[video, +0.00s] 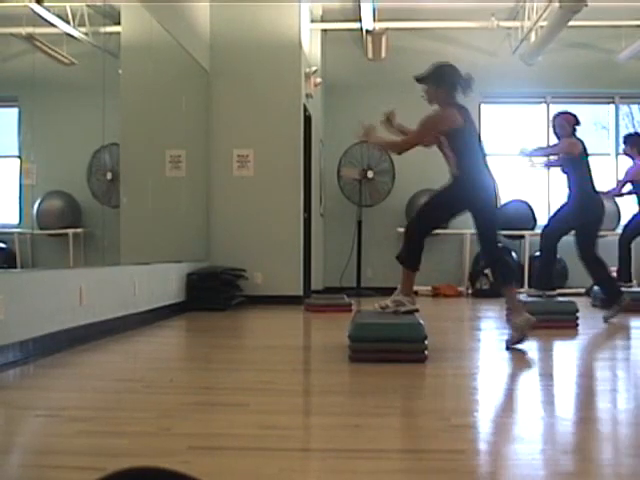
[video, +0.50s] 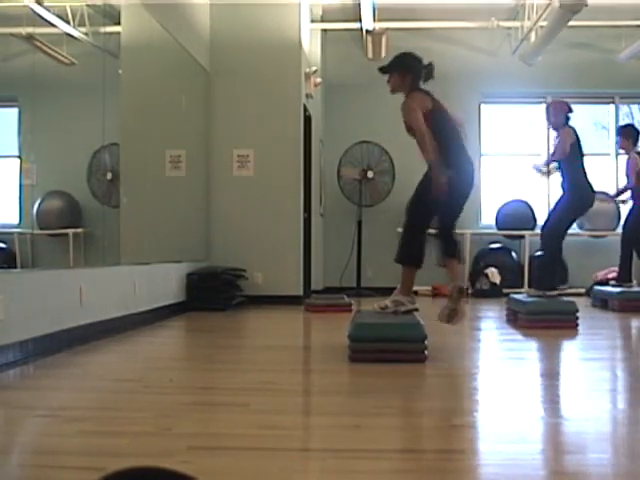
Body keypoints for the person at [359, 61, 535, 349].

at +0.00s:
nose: (424, 91)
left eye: (428, 87)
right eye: (425, 87)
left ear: (441, 88)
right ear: (449, 89)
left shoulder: (440, 118)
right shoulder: (460, 113)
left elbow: (401, 147)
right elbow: (428, 139)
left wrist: (374, 139)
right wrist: (398, 127)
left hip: (463, 187)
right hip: (484, 187)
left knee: (416, 228)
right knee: (492, 249)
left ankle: (404, 296)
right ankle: (517, 312)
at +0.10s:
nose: (407, 79)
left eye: (411, 74)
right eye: (407, 74)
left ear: (423, 75)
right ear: (431, 75)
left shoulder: (423, 103)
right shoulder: (446, 99)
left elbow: (406, 146)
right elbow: (445, 147)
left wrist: (385, 169)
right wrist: (417, 159)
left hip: (449, 173)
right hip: (472, 172)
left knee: (416, 227)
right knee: (468, 234)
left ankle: (405, 296)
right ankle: (487, 293)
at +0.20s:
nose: (391, 79)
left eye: (394, 74)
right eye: (391, 74)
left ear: (408, 75)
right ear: (417, 75)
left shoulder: (410, 101)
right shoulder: (436, 96)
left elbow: (426, 136)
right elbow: (468, 119)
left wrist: (430, 171)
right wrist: (477, 152)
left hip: (443, 168)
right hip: (466, 167)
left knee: (415, 223)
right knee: (448, 227)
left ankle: (405, 293)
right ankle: (456, 279)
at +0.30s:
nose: (382, 88)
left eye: (385, 83)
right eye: (382, 83)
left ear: (398, 84)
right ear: (407, 85)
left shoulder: (404, 108)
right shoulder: (427, 102)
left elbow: (434, 114)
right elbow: (467, 100)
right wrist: (495, 122)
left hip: (441, 171)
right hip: (462, 172)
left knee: (404, 227)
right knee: (429, 227)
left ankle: (403, 295)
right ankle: (428, 277)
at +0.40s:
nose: (381, 90)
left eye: (385, 85)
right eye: (381, 85)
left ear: (398, 87)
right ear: (406, 87)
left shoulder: (403, 110)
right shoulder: (425, 105)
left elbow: (435, 117)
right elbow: (464, 103)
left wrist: (462, 141)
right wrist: (488, 124)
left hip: (439, 175)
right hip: (460, 177)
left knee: (401, 229)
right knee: (428, 229)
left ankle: (403, 295)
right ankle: (428, 278)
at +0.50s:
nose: (388, 79)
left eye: (392, 74)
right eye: (388, 74)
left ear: (406, 76)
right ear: (412, 77)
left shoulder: (411, 103)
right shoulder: (429, 99)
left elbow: (424, 135)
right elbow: (458, 124)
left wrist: (436, 172)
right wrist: (455, 156)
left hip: (442, 168)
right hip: (464, 169)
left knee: (415, 224)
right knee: (446, 227)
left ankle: (404, 293)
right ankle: (458, 283)